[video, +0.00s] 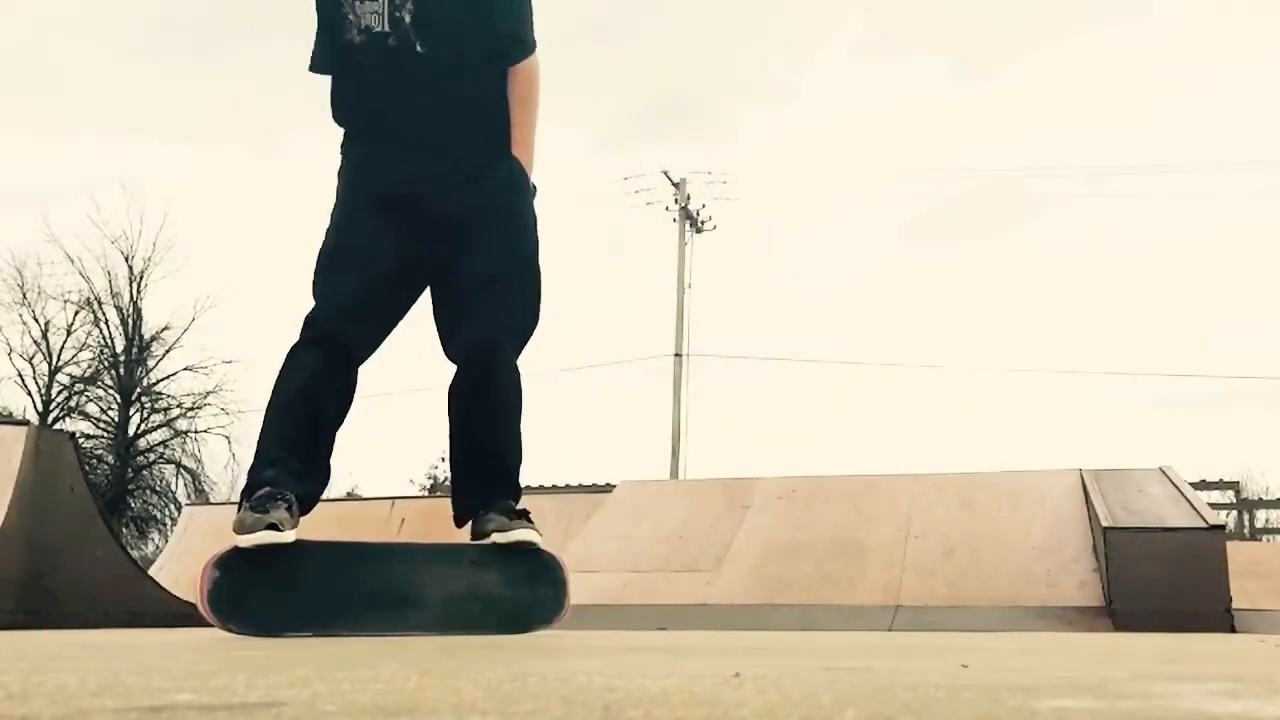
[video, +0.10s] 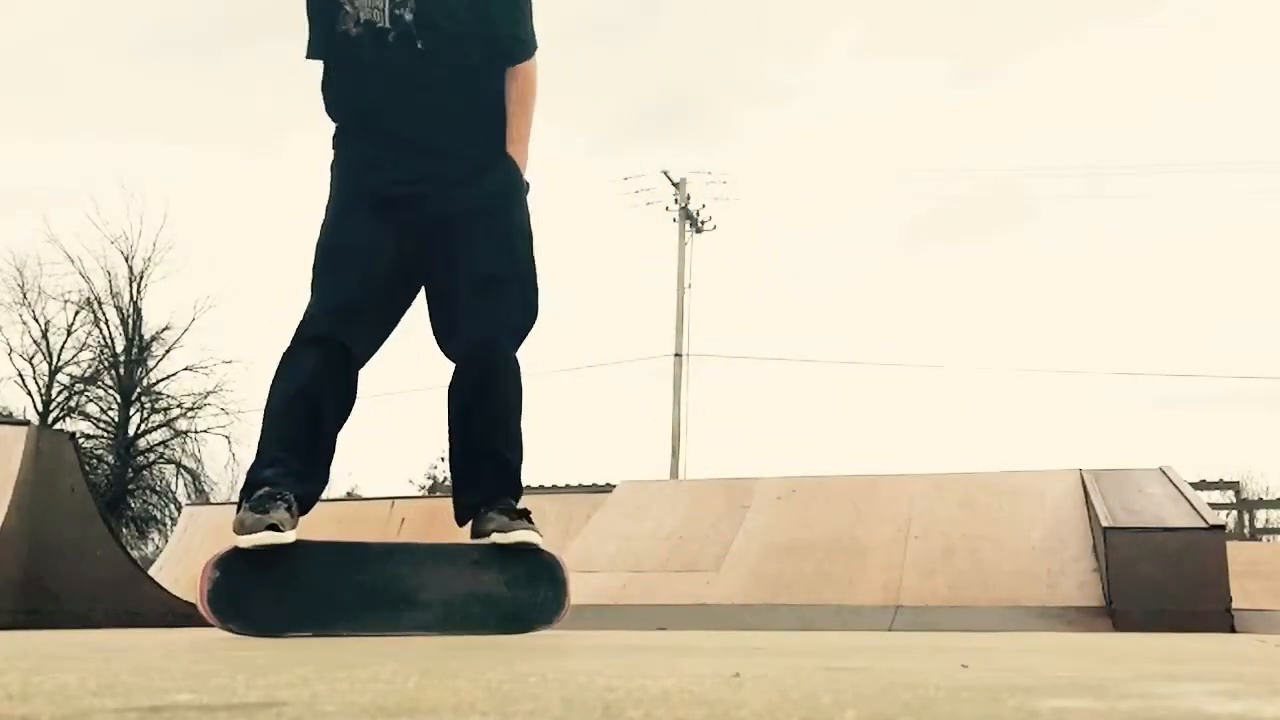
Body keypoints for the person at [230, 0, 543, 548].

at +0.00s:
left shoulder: (503, 6)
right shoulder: (338, 6)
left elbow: (521, 57)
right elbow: (345, 82)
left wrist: (519, 168)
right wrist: (360, 169)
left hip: (483, 177)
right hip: (378, 178)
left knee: (490, 350)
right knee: (331, 334)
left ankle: (494, 507)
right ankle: (273, 493)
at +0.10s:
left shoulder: (501, 6)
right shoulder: (330, 5)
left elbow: (520, 57)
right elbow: (335, 68)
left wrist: (512, 166)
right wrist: (357, 158)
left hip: (476, 174)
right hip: (370, 176)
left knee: (489, 342)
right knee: (330, 332)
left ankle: (495, 506)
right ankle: (273, 492)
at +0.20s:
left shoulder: (503, 7)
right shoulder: (330, 5)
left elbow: (517, 65)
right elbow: (335, 65)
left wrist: (506, 167)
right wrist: (347, 159)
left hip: (469, 175)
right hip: (362, 177)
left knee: (481, 342)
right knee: (321, 334)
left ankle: (492, 502)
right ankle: (273, 491)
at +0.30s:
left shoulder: (501, 8)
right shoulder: (324, 8)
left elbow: (509, 81)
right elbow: (324, 79)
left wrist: (497, 180)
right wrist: (330, 165)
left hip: (458, 182)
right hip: (351, 179)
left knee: (477, 346)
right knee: (307, 333)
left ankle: (491, 502)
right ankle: (271, 491)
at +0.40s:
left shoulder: (490, 8)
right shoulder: (315, 6)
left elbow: (492, 93)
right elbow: (305, 77)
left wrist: (483, 186)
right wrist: (313, 165)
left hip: (447, 186)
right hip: (338, 182)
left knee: (474, 345)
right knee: (287, 331)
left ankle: (489, 503)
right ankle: (266, 491)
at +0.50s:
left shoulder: (480, 6)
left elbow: (469, 75)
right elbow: (287, 51)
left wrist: (466, 175)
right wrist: (292, 154)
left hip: (432, 156)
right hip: (324, 153)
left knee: (473, 314)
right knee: (286, 316)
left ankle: (484, 481)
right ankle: (259, 492)